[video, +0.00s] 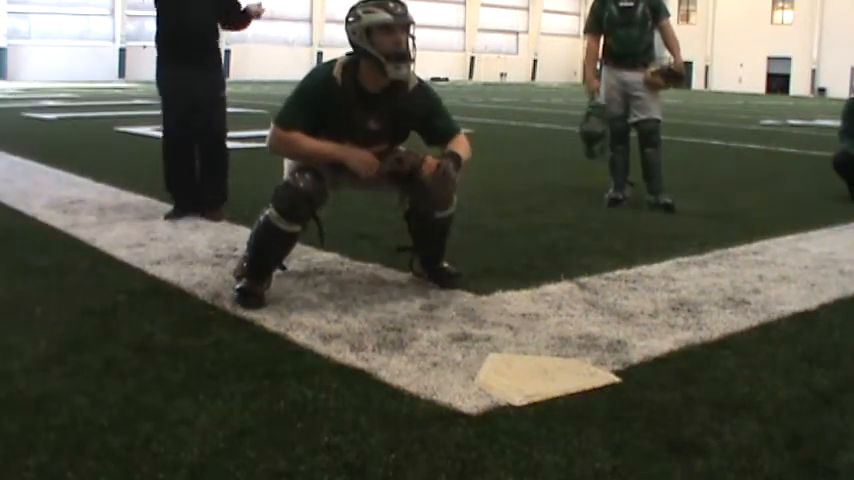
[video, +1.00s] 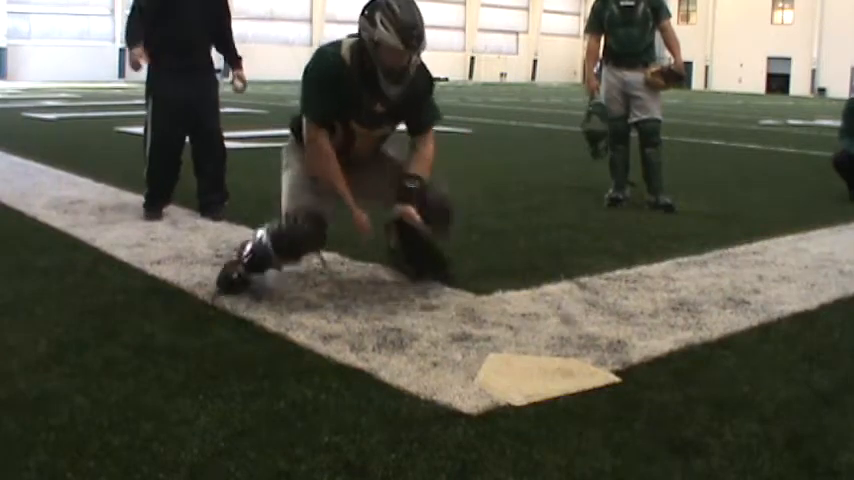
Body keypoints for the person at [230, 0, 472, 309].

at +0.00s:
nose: (401, 42)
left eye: (404, 32)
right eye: (388, 32)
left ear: (409, 35)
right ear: (363, 38)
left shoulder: (412, 90)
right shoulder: (325, 80)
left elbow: (459, 141)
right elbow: (279, 139)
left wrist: (448, 163)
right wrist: (346, 154)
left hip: (379, 164)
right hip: (321, 161)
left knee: (436, 179)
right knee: (302, 189)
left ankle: (430, 263)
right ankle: (253, 277)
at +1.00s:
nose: (400, 64)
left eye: (407, 55)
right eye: (392, 54)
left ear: (417, 51)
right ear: (369, 44)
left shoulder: (418, 79)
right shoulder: (328, 64)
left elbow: (424, 140)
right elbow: (315, 143)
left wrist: (409, 197)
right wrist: (352, 206)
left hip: (366, 158)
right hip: (313, 153)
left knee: (433, 206)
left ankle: (412, 255)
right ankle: (250, 261)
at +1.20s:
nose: (401, 94)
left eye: (408, 84)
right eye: (392, 84)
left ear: (416, 78)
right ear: (368, 74)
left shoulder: (415, 113)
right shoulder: (330, 107)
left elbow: (418, 162)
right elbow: (308, 185)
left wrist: (384, 208)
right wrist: (344, 240)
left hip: (370, 206)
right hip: (316, 204)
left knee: (430, 281)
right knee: (292, 296)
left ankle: (371, 254)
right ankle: (252, 264)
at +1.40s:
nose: (381, 110)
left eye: (389, 103)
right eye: (373, 103)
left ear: (400, 89)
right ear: (350, 84)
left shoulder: (405, 113)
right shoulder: (310, 110)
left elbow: (403, 160)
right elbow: (267, 155)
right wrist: (317, 211)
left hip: (371, 205)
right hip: (312, 203)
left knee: (430, 281)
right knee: (291, 297)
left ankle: (362, 255)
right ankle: (255, 265)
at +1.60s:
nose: (350, 95)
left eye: (358, 87)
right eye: (340, 87)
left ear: (372, 70)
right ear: (318, 71)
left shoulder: (384, 77)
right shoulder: (286, 94)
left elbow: (396, 118)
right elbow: (246, 140)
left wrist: (388, 158)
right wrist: (281, 188)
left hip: (377, 182)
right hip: (322, 194)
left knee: (450, 250)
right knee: (287, 297)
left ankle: (412, 245)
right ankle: (251, 266)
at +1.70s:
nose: (368, 111)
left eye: (376, 103)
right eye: (358, 102)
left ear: (392, 76)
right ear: (336, 81)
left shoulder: (399, 83)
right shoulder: (310, 107)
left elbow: (414, 108)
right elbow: (282, 198)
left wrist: (416, 137)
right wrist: (315, 276)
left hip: (381, 183)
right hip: (328, 194)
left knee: (455, 187)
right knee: (286, 298)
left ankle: (449, 262)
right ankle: (251, 270)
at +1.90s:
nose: (437, 72)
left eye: (446, 62)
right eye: (427, 62)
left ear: (456, 52)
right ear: (406, 50)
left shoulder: (463, 77)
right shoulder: (374, 90)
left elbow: (508, 115)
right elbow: (350, 181)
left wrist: (502, 124)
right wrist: (395, 209)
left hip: (435, 179)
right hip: (372, 183)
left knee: (491, 185)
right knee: (298, 295)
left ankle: (474, 294)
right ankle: (243, 263)